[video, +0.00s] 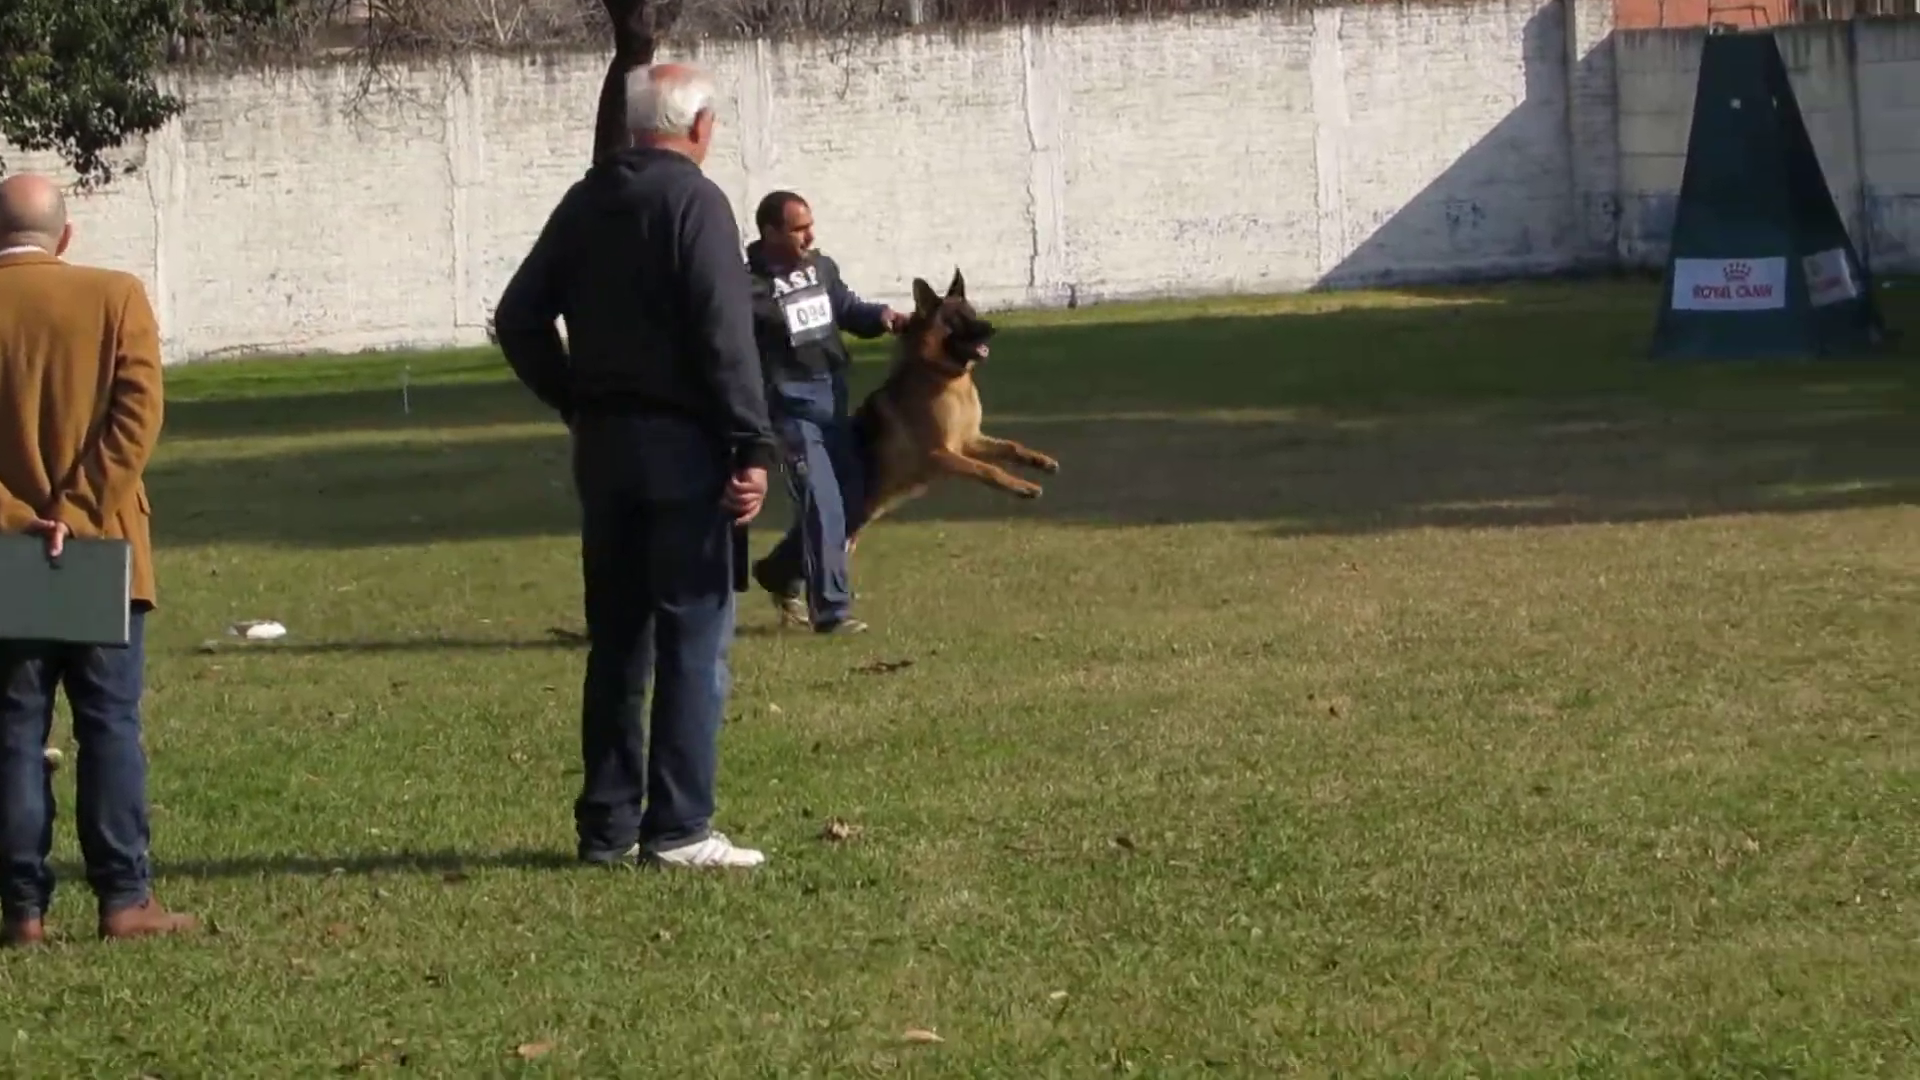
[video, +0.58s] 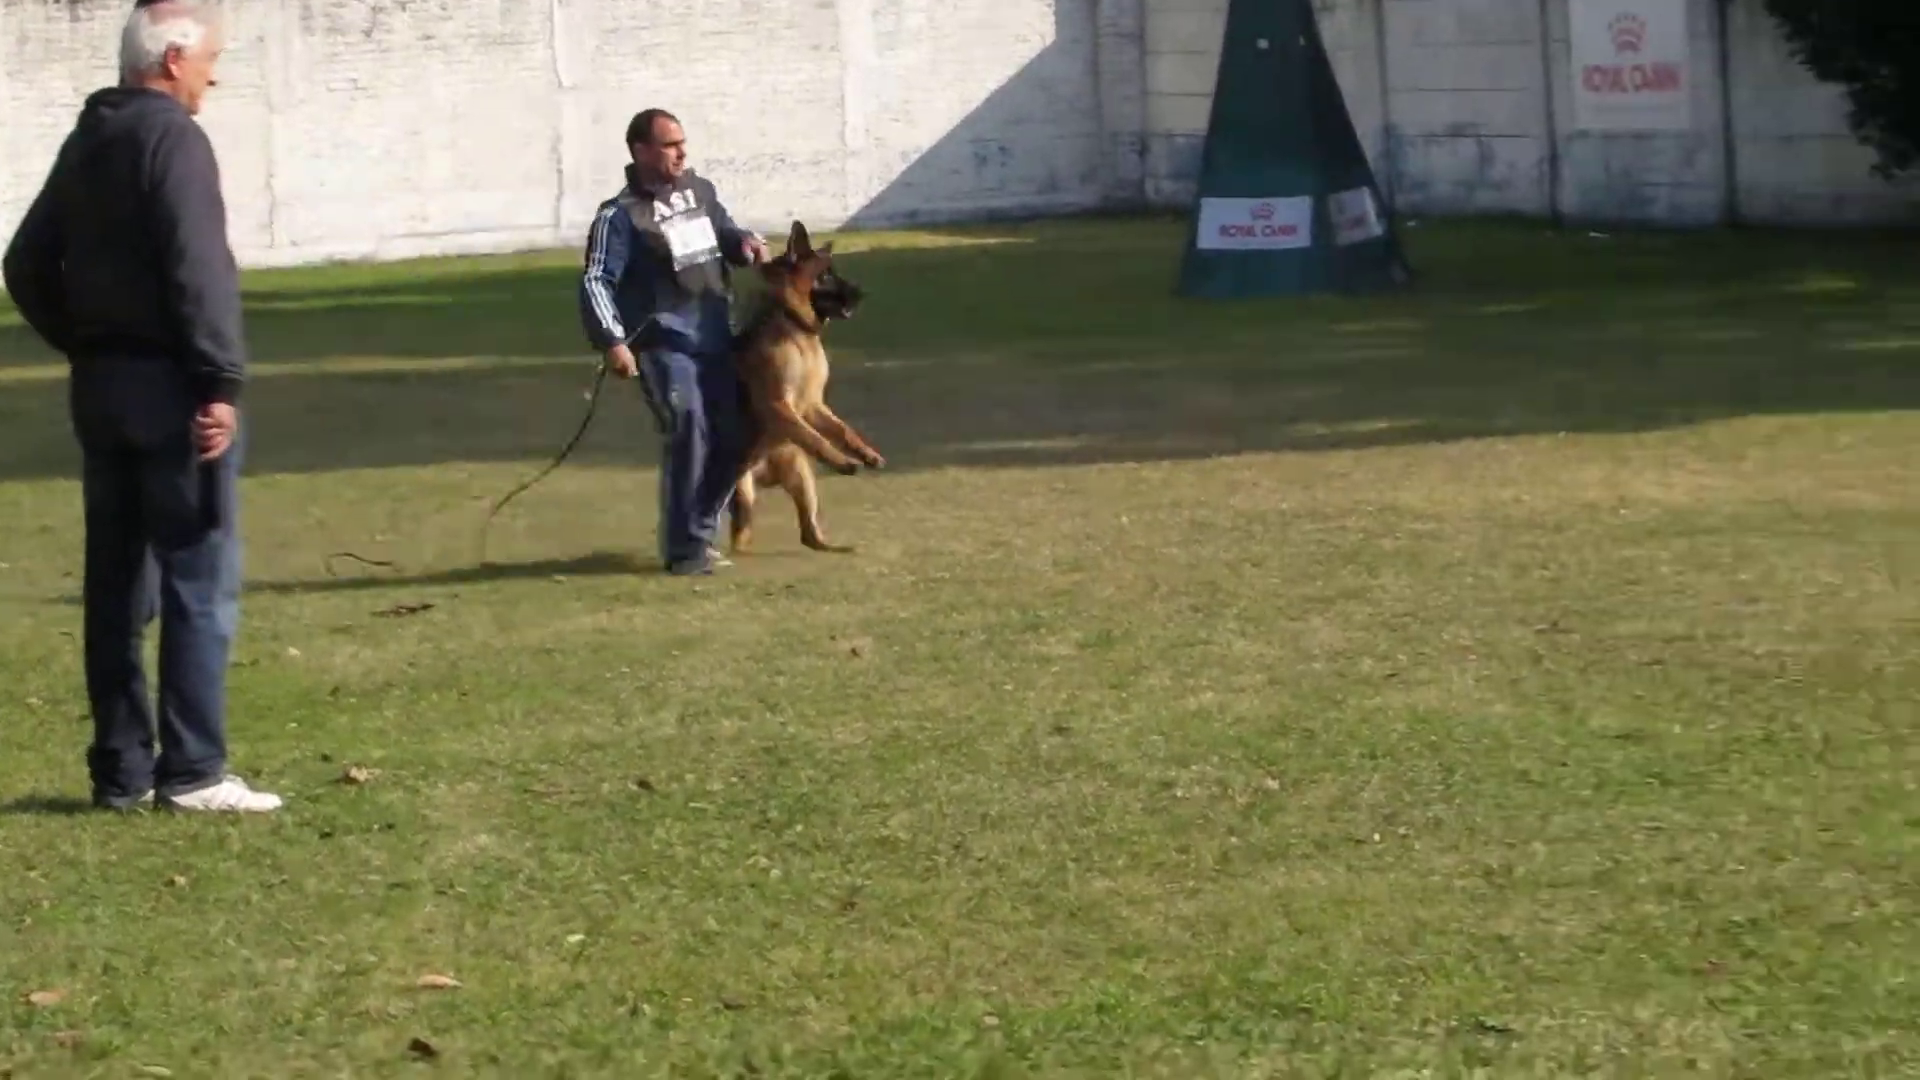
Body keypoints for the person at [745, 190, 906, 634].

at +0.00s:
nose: (809, 236)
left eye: (810, 227)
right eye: (799, 230)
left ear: (810, 224)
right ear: (768, 232)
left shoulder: (821, 267)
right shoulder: (747, 284)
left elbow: (847, 310)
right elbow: (740, 350)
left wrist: (883, 316)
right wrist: (753, 411)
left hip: (832, 397)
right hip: (787, 404)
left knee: (853, 496)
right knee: (821, 498)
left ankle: (781, 568)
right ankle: (831, 608)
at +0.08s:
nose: (804, 218)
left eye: (805, 209)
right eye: (794, 212)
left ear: (805, 208)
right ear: (764, 215)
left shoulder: (816, 247)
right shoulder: (740, 275)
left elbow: (847, 284)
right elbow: (737, 346)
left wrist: (877, 296)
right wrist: (778, 390)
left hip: (830, 375)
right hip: (784, 384)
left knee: (861, 479)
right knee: (796, 487)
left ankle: (844, 588)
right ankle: (783, 599)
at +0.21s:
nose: (804, 186)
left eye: (805, 178)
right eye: (793, 181)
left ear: (807, 177)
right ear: (764, 186)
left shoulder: (822, 225)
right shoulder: (747, 238)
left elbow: (855, 273)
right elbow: (739, 292)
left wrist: (898, 289)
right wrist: (771, 322)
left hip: (834, 377)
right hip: (784, 381)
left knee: (865, 476)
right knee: (770, 481)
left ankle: (900, 573)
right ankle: (726, 574)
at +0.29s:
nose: (795, 176)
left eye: (797, 168)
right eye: (785, 169)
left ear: (799, 169)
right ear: (755, 174)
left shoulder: (810, 221)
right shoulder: (738, 227)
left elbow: (834, 265)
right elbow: (707, 270)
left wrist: (865, 273)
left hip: (821, 362)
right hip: (770, 367)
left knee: (852, 460)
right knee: (788, 468)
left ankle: (839, 563)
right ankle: (723, 533)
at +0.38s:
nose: (762, 165)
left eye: (765, 157)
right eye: (752, 158)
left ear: (766, 157)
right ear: (722, 162)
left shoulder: (777, 207)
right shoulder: (702, 218)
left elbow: (808, 255)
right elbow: (648, 259)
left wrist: (848, 276)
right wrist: (623, 313)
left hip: (792, 348)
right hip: (743, 354)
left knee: (818, 441)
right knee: (791, 441)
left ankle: (766, 545)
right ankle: (766, 554)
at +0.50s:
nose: (715, 157)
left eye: (716, 147)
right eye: (704, 150)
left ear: (716, 147)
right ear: (672, 153)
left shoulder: (733, 194)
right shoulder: (648, 213)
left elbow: (760, 236)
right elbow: (607, 272)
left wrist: (780, 247)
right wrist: (595, 333)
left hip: (753, 334)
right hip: (704, 343)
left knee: (770, 433)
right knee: (745, 429)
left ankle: (691, 516)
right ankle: (767, 552)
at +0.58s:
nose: (681, 153)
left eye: (682, 144)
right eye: (670, 146)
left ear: (684, 147)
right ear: (639, 151)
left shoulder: (700, 192)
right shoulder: (619, 215)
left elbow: (728, 240)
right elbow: (594, 282)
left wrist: (745, 246)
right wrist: (614, 341)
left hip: (713, 335)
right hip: (662, 341)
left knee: (734, 429)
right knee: (686, 420)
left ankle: (699, 530)